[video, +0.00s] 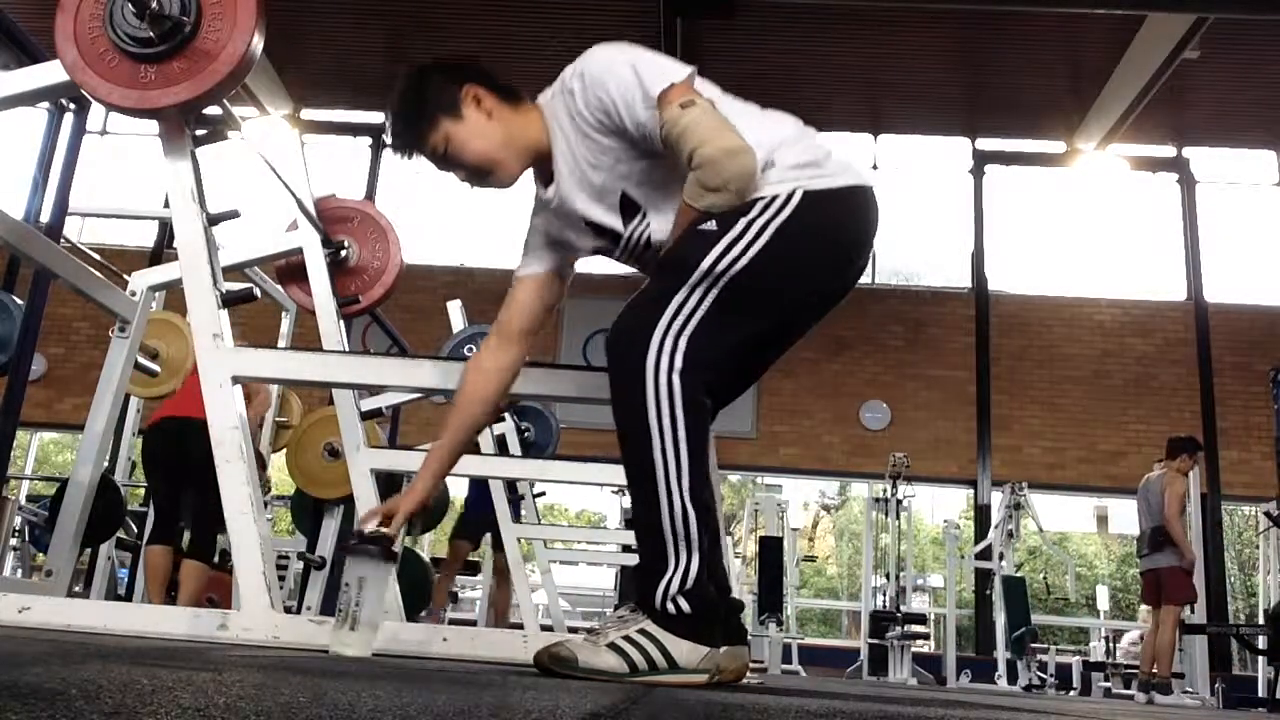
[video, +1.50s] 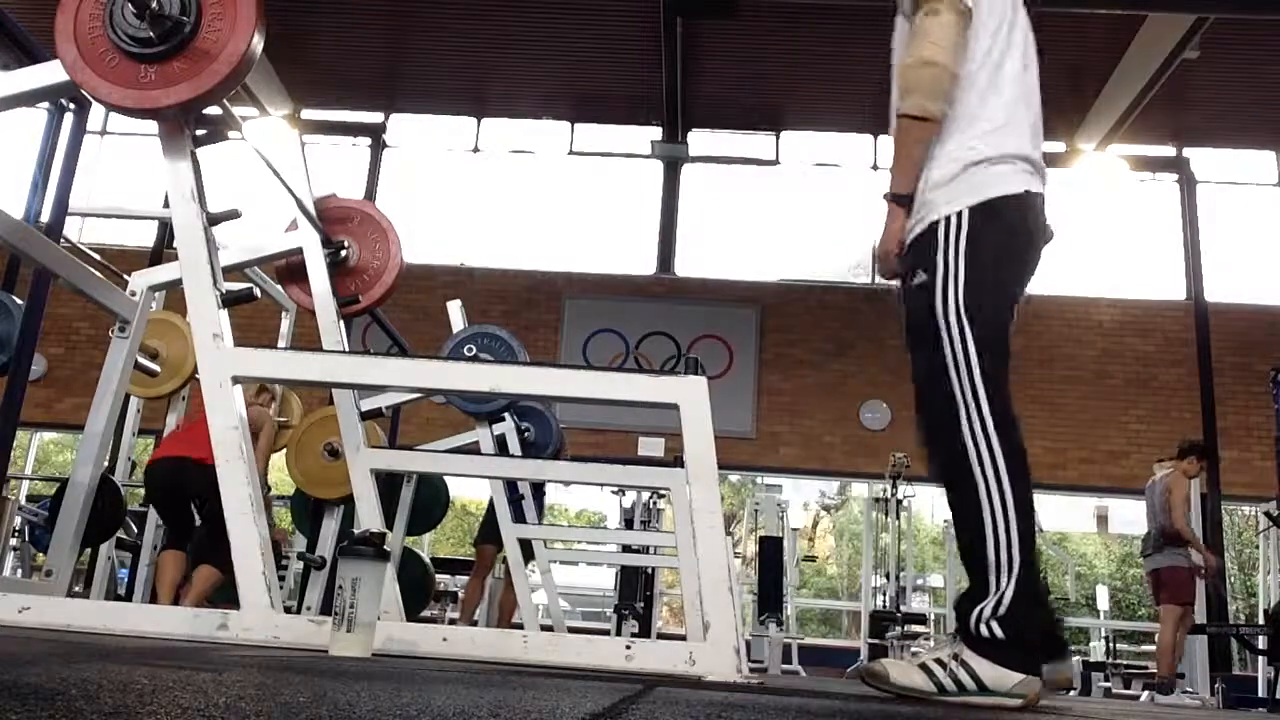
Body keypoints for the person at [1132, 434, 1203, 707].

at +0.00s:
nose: (1192, 469)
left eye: (1194, 464)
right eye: (1193, 463)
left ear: (1172, 457)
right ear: (1183, 458)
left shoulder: (1146, 480)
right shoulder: (1175, 480)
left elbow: (1147, 523)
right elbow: (1171, 519)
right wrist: (1187, 551)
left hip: (1148, 562)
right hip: (1170, 560)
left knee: (1155, 624)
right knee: (1168, 625)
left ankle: (1143, 685)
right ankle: (1163, 687)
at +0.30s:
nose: (1193, 469)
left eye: (1194, 464)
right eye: (1193, 463)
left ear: (1172, 458)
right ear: (1182, 458)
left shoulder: (1147, 480)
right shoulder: (1176, 480)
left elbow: (1147, 522)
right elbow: (1172, 518)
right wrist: (1187, 551)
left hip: (1148, 562)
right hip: (1170, 560)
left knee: (1155, 624)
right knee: (1168, 624)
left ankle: (1143, 686)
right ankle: (1163, 687)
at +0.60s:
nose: (1194, 471)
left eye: (1196, 467)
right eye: (1195, 465)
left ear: (1176, 459)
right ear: (1184, 459)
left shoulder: (1148, 480)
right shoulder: (1176, 481)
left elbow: (1148, 522)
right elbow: (1171, 519)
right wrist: (1188, 550)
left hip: (1148, 561)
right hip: (1169, 560)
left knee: (1155, 623)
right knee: (1168, 624)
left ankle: (1143, 685)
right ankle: (1163, 687)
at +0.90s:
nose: (1195, 472)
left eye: (1197, 467)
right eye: (1196, 466)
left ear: (1176, 459)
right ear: (1185, 459)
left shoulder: (1149, 480)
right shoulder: (1176, 480)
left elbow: (1150, 521)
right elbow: (1167, 516)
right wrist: (1187, 549)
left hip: (1149, 561)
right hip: (1169, 559)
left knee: (1156, 623)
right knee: (1167, 623)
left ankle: (1143, 684)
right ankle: (1163, 687)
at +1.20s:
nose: (1196, 472)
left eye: (1198, 467)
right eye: (1197, 466)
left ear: (1178, 458)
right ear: (1187, 459)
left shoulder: (1152, 479)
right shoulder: (1177, 480)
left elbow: (1154, 522)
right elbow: (1166, 519)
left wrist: (1181, 540)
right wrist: (1187, 560)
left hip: (1152, 563)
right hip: (1170, 562)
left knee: (1160, 624)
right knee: (1167, 625)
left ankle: (1145, 684)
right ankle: (1163, 687)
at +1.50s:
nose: (1199, 474)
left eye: (1201, 469)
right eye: (1200, 469)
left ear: (1183, 458)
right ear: (1191, 461)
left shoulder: (1154, 481)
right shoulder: (1178, 479)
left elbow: (1158, 527)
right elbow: (1179, 524)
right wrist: (1203, 550)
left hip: (1156, 561)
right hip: (1173, 560)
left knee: (1186, 619)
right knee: (1169, 621)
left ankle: (1170, 679)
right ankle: (1164, 686)